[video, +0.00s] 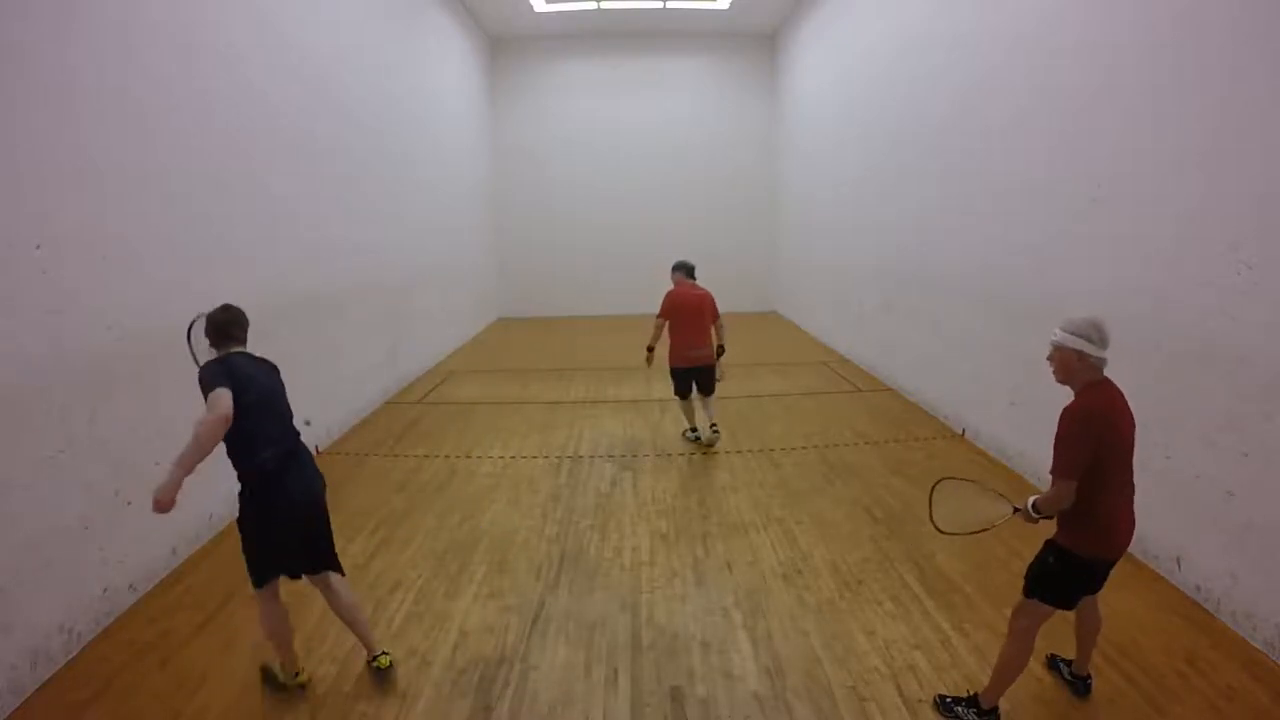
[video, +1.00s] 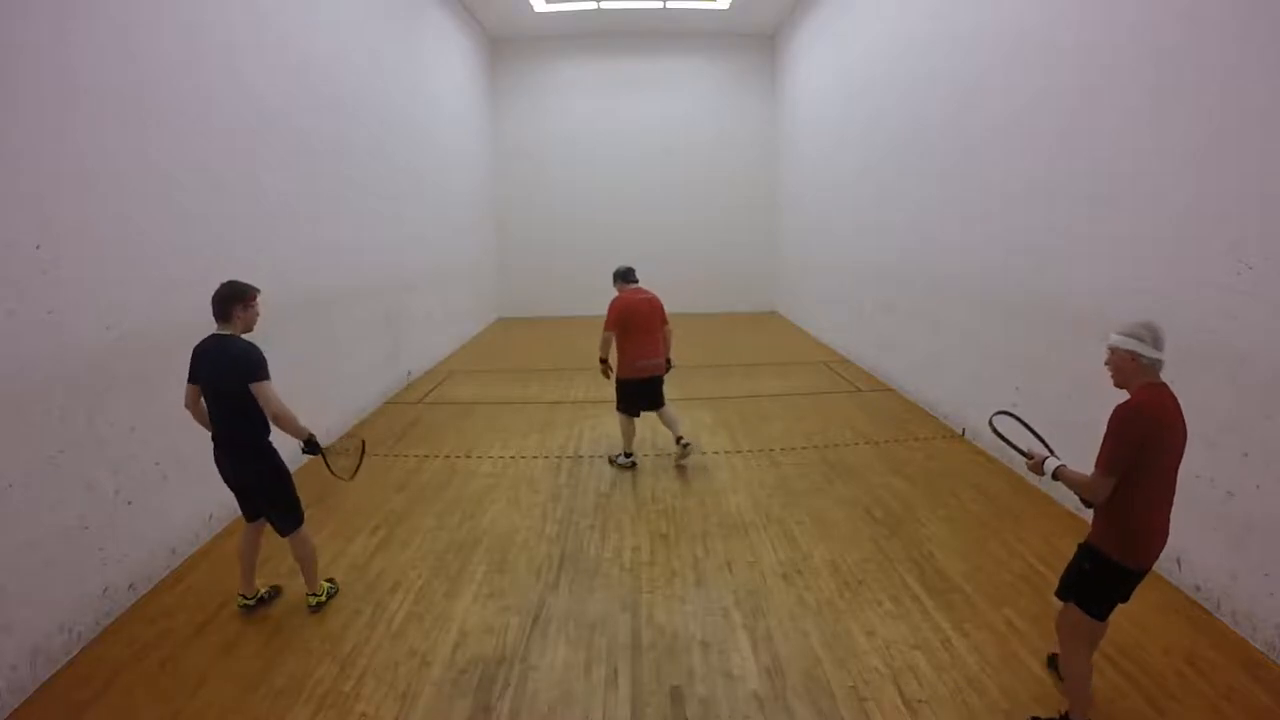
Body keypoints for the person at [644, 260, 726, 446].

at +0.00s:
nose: (672, 280)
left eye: (673, 276)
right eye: (672, 276)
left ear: (680, 275)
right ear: (692, 276)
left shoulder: (672, 295)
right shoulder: (706, 295)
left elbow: (660, 324)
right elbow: (718, 323)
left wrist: (650, 347)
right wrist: (721, 345)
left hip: (680, 360)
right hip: (705, 359)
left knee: (684, 397)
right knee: (706, 394)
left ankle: (693, 430)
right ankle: (713, 425)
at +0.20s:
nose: (678, 290)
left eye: (679, 287)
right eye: (678, 287)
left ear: (684, 286)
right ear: (699, 286)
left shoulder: (677, 306)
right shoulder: (713, 308)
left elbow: (665, 334)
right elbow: (718, 339)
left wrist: (656, 360)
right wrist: (703, 353)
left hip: (681, 372)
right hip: (709, 372)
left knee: (684, 401)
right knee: (710, 413)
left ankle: (692, 430)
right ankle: (712, 460)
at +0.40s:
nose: (676, 285)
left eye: (676, 281)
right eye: (676, 281)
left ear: (681, 280)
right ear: (697, 280)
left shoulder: (674, 302)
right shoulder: (712, 303)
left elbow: (665, 333)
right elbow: (719, 336)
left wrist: (664, 359)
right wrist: (710, 357)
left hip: (678, 370)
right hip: (705, 370)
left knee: (675, 401)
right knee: (708, 414)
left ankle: (682, 437)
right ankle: (712, 460)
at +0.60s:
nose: (662, 287)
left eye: (662, 284)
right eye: (662, 284)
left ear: (665, 282)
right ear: (683, 281)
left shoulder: (663, 304)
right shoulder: (701, 303)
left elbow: (652, 336)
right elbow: (711, 336)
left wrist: (646, 356)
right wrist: (710, 359)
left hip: (668, 372)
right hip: (698, 371)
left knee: (650, 405)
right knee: (705, 414)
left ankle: (645, 448)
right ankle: (712, 460)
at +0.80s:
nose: (638, 292)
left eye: (637, 289)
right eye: (637, 289)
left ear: (641, 286)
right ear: (657, 284)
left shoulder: (641, 307)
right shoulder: (676, 304)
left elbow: (630, 341)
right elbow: (690, 336)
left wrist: (623, 363)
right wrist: (691, 361)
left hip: (650, 376)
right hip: (679, 374)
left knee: (636, 414)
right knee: (692, 415)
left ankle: (628, 455)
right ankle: (709, 457)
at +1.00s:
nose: (616, 289)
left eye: (615, 285)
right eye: (615, 286)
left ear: (619, 283)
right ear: (635, 280)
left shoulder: (619, 302)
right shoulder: (653, 299)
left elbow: (608, 335)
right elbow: (666, 329)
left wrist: (603, 360)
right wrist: (667, 356)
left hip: (630, 369)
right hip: (656, 366)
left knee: (626, 412)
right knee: (659, 405)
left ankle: (627, 455)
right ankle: (680, 439)